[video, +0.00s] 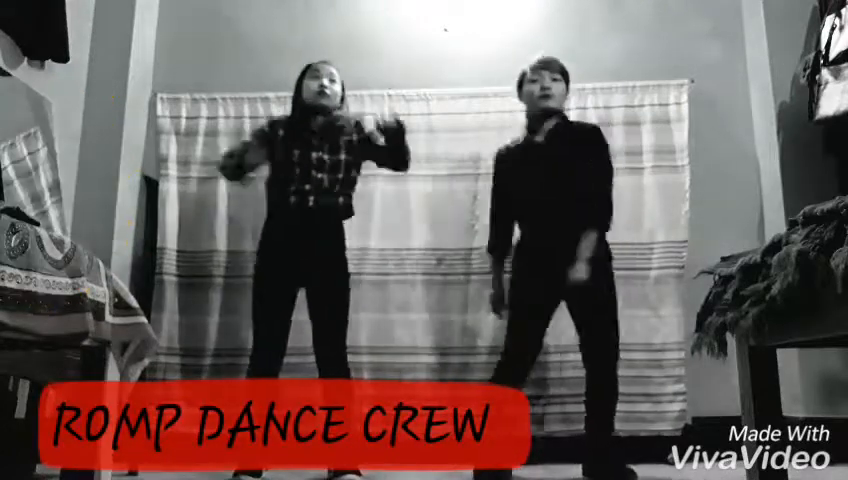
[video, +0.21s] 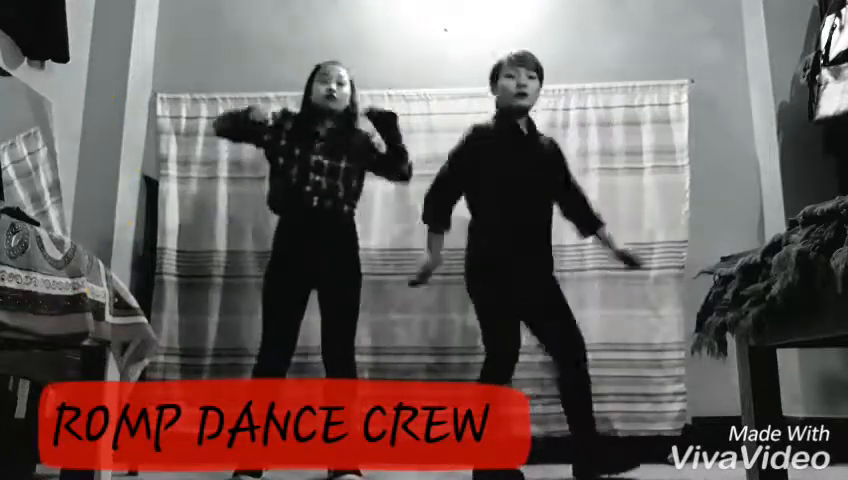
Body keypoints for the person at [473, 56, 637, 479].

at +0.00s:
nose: (544, 84)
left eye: (554, 79)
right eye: (534, 79)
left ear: (567, 93)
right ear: (521, 95)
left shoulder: (587, 136)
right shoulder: (510, 156)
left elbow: (599, 201)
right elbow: (500, 221)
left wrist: (584, 256)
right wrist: (497, 278)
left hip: (587, 260)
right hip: (535, 264)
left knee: (601, 360)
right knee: (515, 361)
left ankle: (600, 459)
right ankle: (486, 456)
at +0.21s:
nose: (520, 83)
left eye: (529, 78)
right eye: (511, 76)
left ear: (539, 91)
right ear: (494, 88)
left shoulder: (545, 149)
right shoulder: (478, 143)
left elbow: (573, 201)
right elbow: (440, 196)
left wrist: (614, 246)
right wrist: (432, 257)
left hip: (534, 274)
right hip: (489, 274)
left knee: (571, 352)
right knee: (501, 358)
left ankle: (587, 453)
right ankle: (476, 452)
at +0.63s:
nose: (580, 79)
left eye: (579, 72)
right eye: (572, 71)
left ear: (550, 81)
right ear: (543, 78)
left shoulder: (548, 126)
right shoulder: (545, 125)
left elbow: (575, 202)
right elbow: (563, 199)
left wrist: (603, 254)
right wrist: (589, 244)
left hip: (541, 256)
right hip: (542, 258)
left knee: (535, 348)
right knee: (566, 352)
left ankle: (485, 437)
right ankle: (584, 456)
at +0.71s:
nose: (576, 78)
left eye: (576, 72)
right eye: (568, 70)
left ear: (548, 80)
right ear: (541, 77)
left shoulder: (547, 122)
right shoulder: (540, 120)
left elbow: (576, 179)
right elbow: (557, 182)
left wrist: (605, 220)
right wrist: (579, 225)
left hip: (531, 250)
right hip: (539, 252)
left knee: (522, 352)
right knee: (559, 356)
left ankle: (488, 443)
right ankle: (584, 455)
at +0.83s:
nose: (572, 77)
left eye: (572, 70)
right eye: (564, 69)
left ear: (542, 79)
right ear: (537, 74)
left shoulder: (533, 117)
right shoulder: (540, 116)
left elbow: (533, 189)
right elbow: (540, 182)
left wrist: (562, 237)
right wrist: (560, 238)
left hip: (518, 249)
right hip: (536, 249)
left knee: (512, 351)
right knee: (556, 353)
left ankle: (490, 447)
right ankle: (583, 453)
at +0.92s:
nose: (572, 74)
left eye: (571, 67)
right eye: (564, 66)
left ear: (542, 77)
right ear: (538, 73)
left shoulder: (533, 116)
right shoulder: (545, 114)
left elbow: (531, 187)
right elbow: (546, 179)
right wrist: (561, 237)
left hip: (516, 252)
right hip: (535, 252)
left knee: (513, 352)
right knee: (557, 353)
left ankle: (490, 448)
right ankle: (584, 454)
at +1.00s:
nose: (581, 81)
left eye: (579, 73)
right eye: (573, 73)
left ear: (549, 82)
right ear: (547, 81)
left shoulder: (541, 128)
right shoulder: (556, 129)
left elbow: (541, 199)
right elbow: (557, 198)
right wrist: (563, 257)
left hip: (517, 263)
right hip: (534, 263)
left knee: (555, 358)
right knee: (587, 351)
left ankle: (499, 442)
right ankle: (583, 458)